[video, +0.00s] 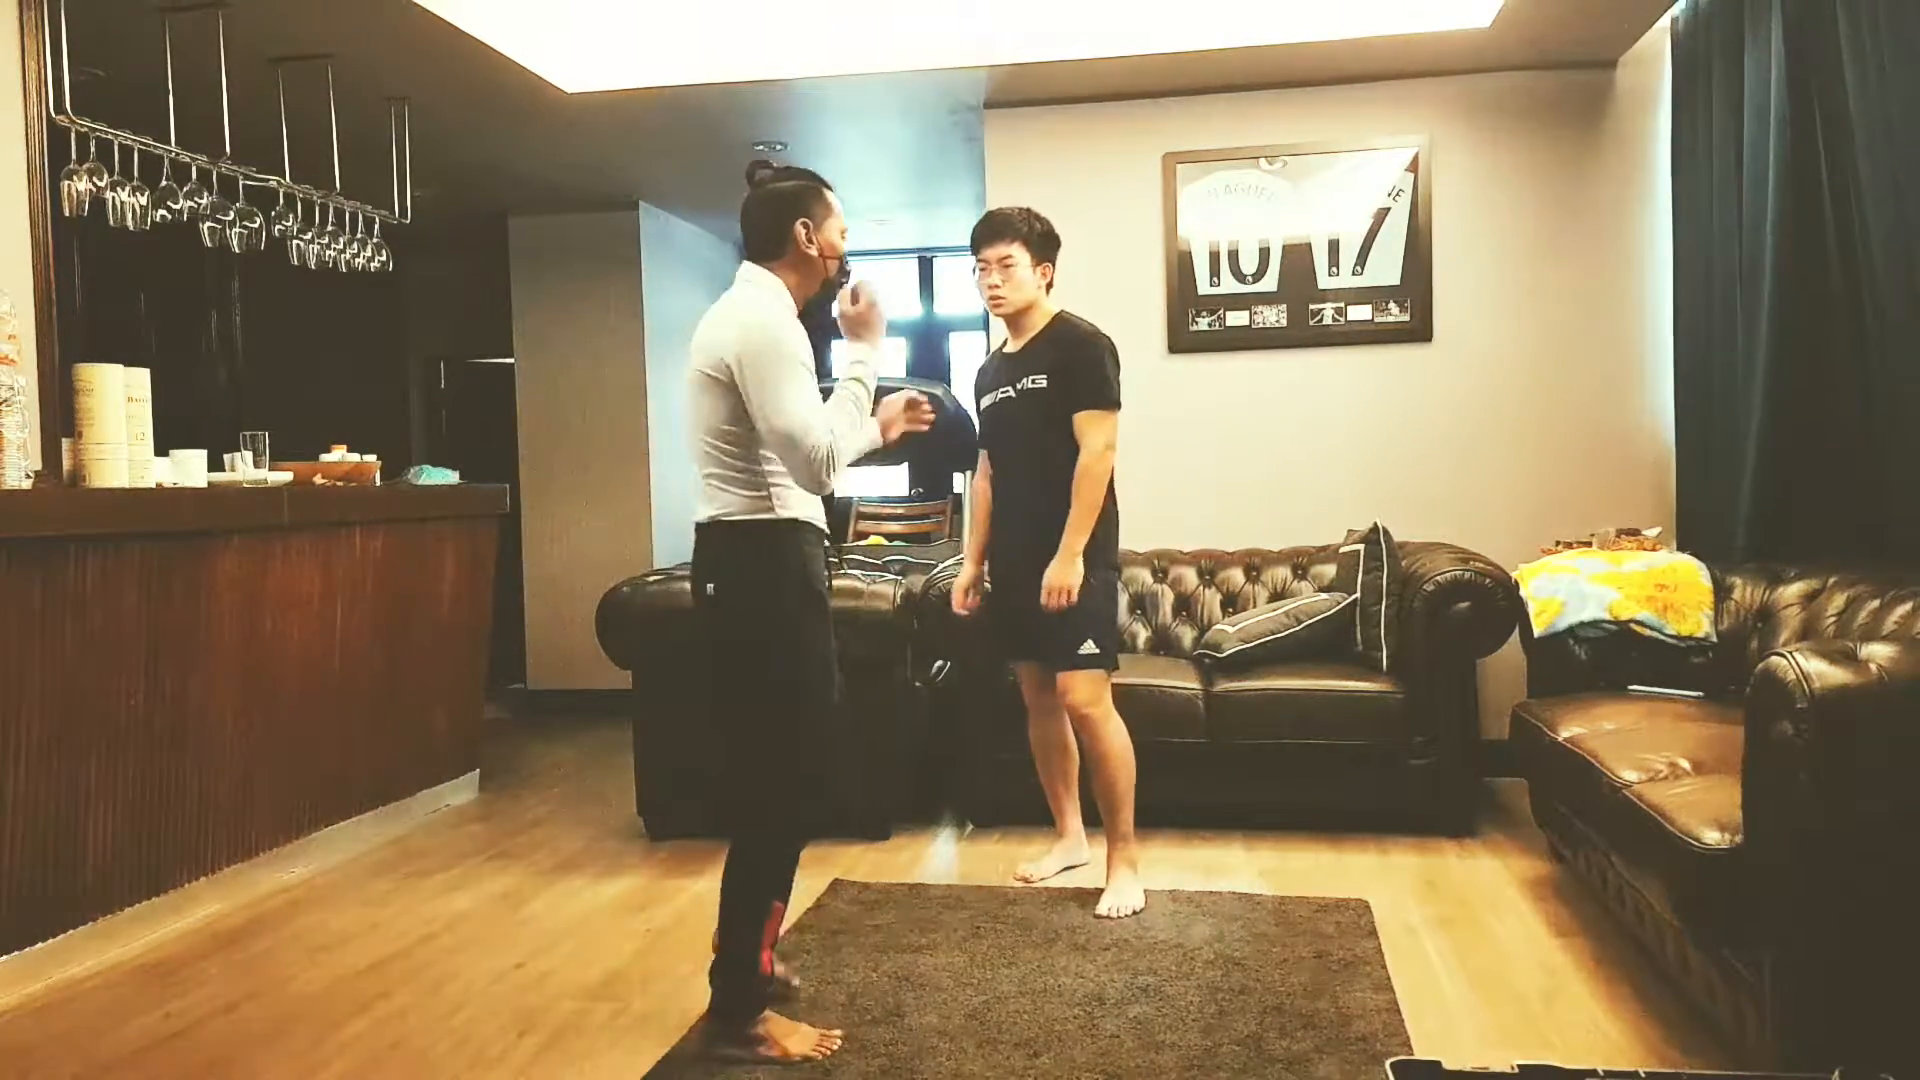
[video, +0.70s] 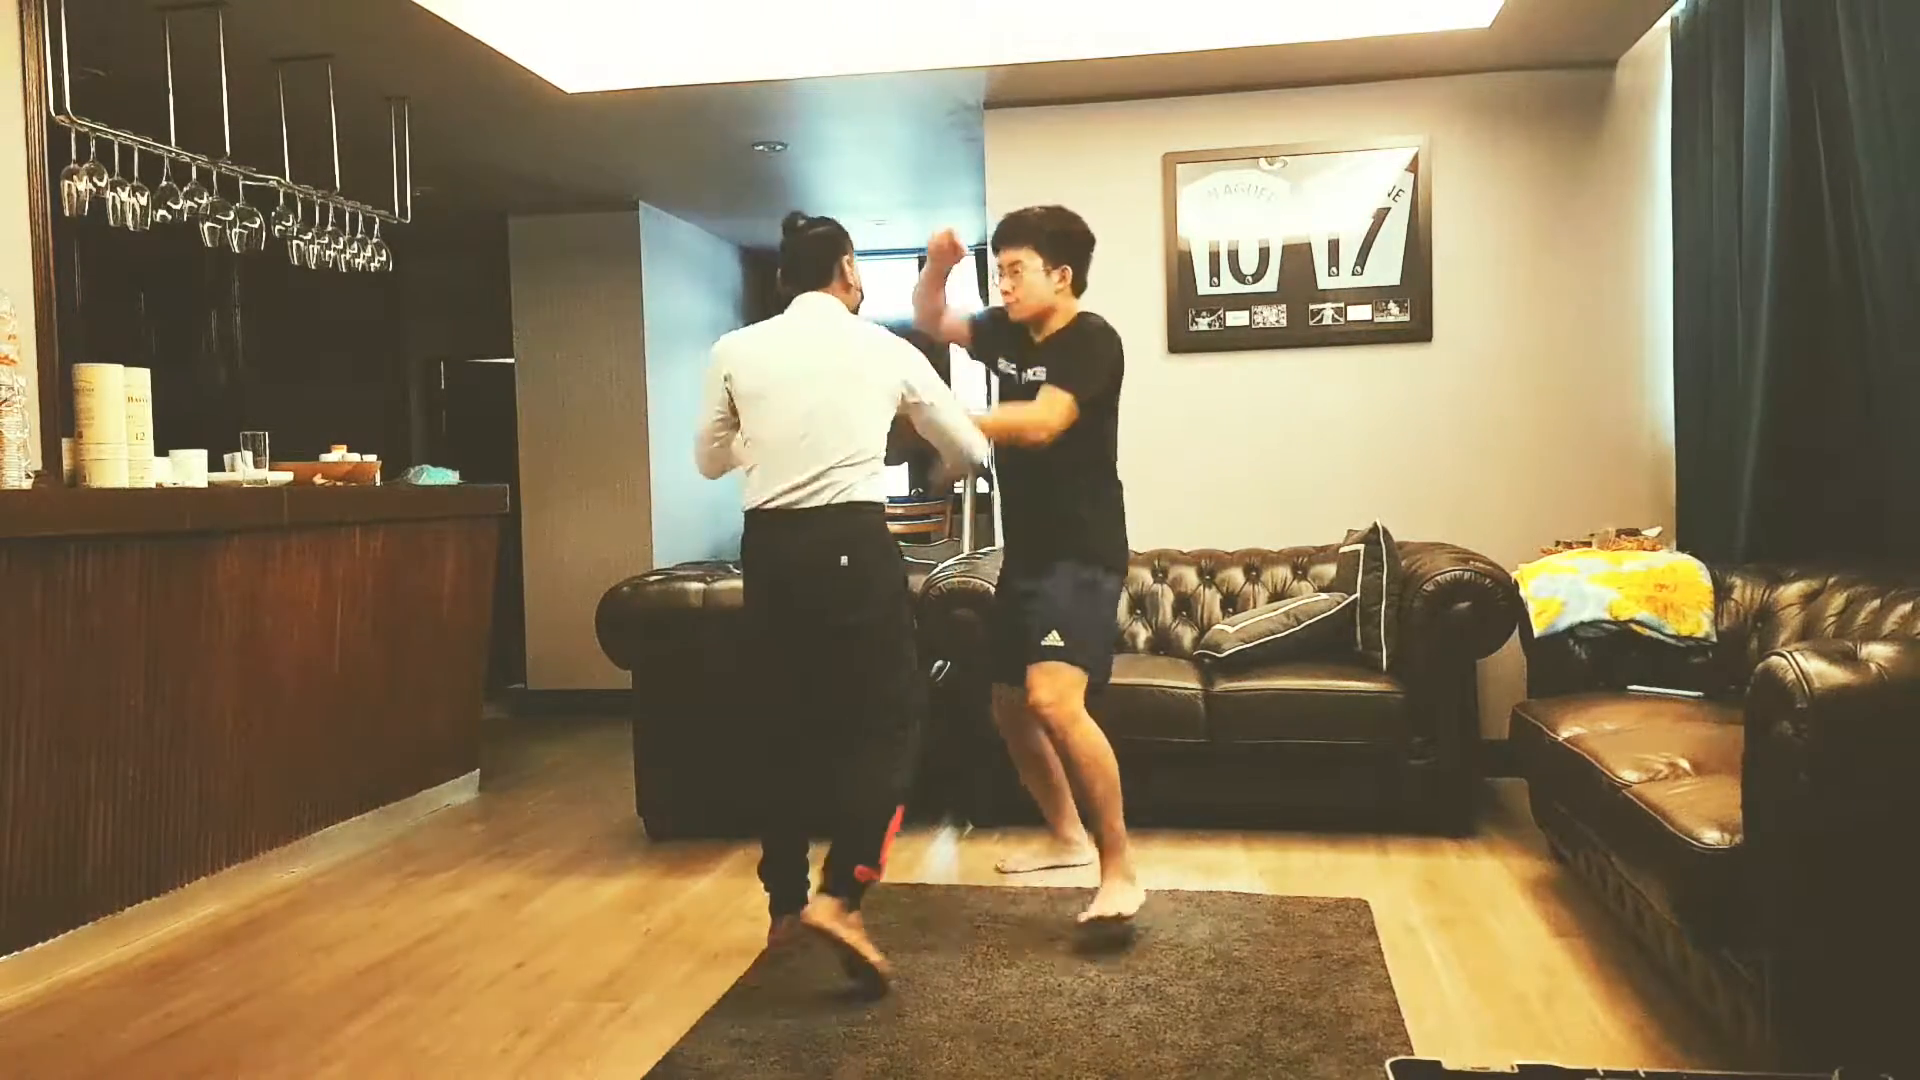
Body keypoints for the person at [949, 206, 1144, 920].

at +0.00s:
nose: (991, 280)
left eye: (1006, 266)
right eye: (983, 269)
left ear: (1046, 269)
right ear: (979, 278)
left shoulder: (1082, 345)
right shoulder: (990, 370)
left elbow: (1097, 455)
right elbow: (989, 469)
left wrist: (1070, 555)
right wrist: (973, 557)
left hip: (1077, 551)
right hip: (1016, 553)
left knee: (1085, 699)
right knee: (1040, 697)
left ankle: (1123, 861)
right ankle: (1071, 841)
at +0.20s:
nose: (988, 278)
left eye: (1002, 264)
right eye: (979, 267)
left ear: (1041, 269)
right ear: (974, 276)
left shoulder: (1084, 346)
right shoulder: (985, 372)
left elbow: (1113, 447)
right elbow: (986, 467)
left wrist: (1062, 502)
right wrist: (969, 542)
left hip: (1076, 555)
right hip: (1012, 556)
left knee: (1084, 701)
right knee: (1038, 699)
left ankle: (1123, 859)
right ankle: (1070, 842)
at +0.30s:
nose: (987, 277)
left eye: (1002, 263)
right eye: (979, 266)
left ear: (1041, 267)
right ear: (975, 275)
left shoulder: (1087, 346)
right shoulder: (983, 370)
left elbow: (1111, 440)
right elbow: (985, 457)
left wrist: (1070, 419)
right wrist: (970, 514)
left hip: (1078, 553)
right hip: (1012, 554)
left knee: (1082, 699)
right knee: (1036, 694)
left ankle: (1124, 858)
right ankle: (1069, 842)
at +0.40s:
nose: (987, 275)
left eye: (1002, 261)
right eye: (980, 263)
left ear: (1043, 265)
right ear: (977, 273)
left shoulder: (1082, 340)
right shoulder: (984, 366)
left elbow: (1077, 429)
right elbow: (976, 453)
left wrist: (1070, 331)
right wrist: (972, 463)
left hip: (1075, 542)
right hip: (1013, 546)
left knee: (1076, 696)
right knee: (1037, 696)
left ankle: (1123, 853)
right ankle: (1069, 841)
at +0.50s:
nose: (983, 273)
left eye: (995, 259)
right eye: (980, 261)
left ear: (1041, 262)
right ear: (1002, 269)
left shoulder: (1083, 327)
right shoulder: (1000, 349)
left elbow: (1059, 381)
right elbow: (955, 447)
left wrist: (997, 301)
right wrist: (945, 394)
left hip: (1078, 537)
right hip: (1020, 537)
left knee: (1069, 696)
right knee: (1035, 694)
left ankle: (1126, 847)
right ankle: (1070, 838)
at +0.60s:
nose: (993, 272)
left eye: (1006, 258)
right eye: (988, 260)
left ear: (1053, 262)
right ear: (993, 269)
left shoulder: (1084, 322)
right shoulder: (996, 337)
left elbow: (1046, 385)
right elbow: (951, 378)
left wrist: (947, 350)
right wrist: (926, 326)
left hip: (1083, 534)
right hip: (1027, 535)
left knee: (1059, 693)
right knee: (1027, 691)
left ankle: (1127, 847)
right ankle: (1071, 841)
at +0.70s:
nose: (1002, 284)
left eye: (1016, 270)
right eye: (999, 273)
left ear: (1063, 274)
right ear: (1003, 279)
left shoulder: (1092, 339)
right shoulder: (1008, 332)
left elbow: (1044, 420)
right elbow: (933, 325)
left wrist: (947, 420)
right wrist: (935, 273)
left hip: (1083, 552)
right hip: (1026, 553)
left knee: (1054, 700)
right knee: (1010, 705)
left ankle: (1119, 871)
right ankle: (1067, 841)